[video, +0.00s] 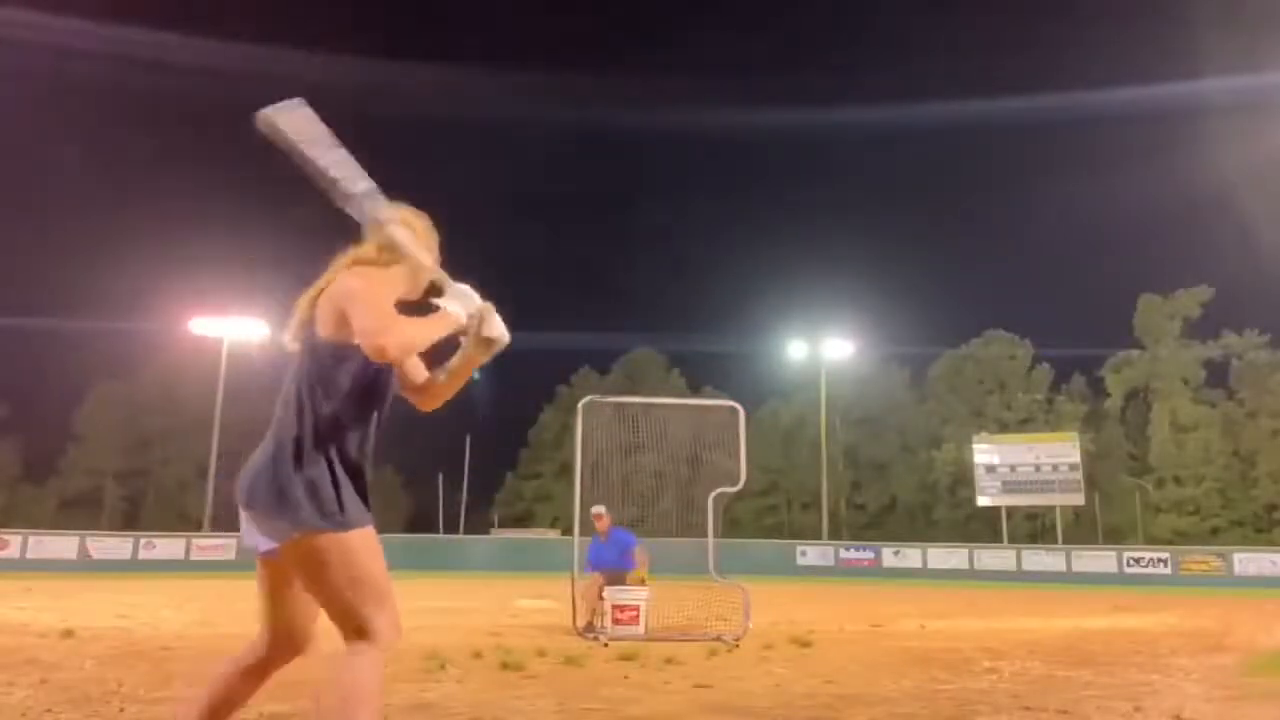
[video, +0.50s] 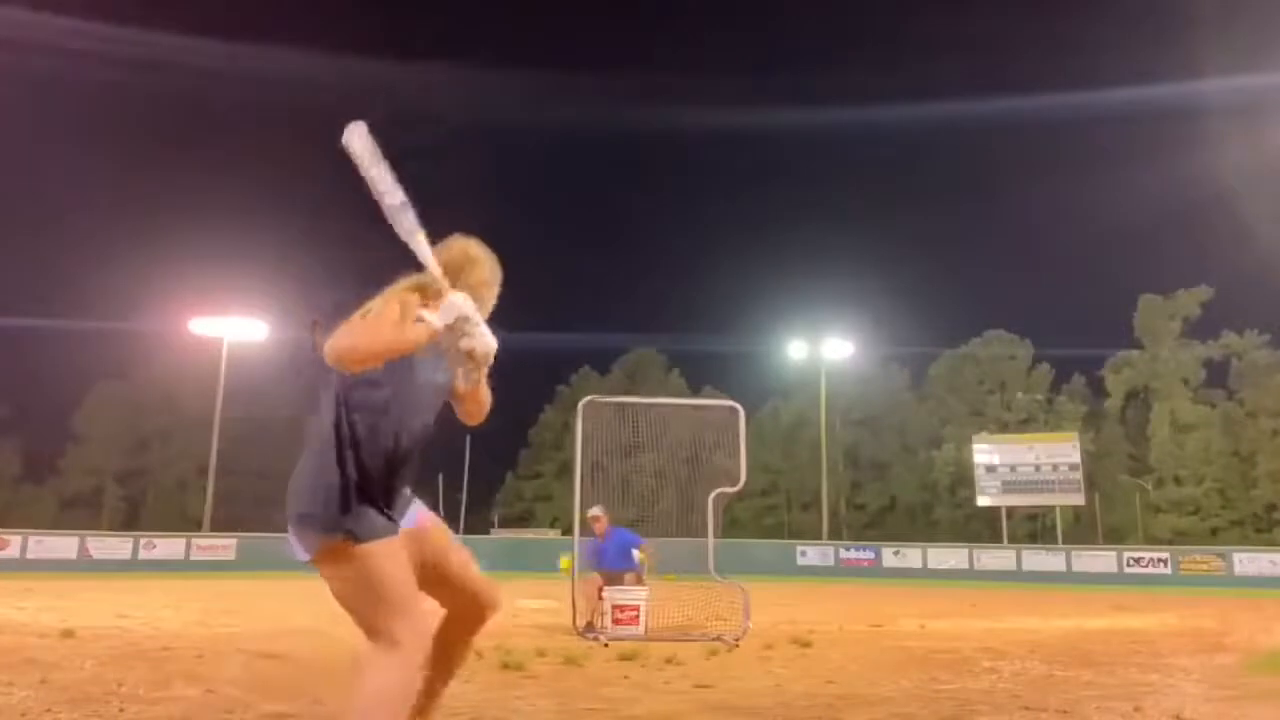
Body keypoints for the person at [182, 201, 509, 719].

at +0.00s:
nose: (430, 275)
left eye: (432, 266)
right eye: (430, 262)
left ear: (381, 247)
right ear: (414, 253)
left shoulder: (374, 309)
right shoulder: (360, 281)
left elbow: (427, 395)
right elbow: (382, 342)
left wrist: (478, 351)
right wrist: (452, 314)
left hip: (281, 480)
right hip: (307, 481)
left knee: (285, 637)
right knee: (374, 632)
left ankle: (199, 713)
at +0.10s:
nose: (449, 266)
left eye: (449, 255)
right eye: (447, 252)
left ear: (399, 246)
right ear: (431, 248)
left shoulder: (396, 316)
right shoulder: (373, 277)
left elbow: (429, 397)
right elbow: (384, 339)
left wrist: (482, 361)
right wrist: (463, 318)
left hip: (301, 479)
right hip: (314, 478)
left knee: (329, 638)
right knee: (386, 636)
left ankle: (237, 713)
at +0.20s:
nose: (454, 278)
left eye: (458, 270)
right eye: (455, 266)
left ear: (412, 256)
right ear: (438, 258)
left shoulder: (407, 321)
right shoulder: (376, 278)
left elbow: (431, 402)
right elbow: (377, 334)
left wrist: (477, 371)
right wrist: (463, 325)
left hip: (318, 482)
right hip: (309, 480)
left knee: (368, 634)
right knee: (390, 635)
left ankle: (272, 712)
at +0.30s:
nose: (472, 284)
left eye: (473, 273)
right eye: (471, 272)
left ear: (429, 263)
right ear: (457, 267)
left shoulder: (431, 330)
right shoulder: (387, 284)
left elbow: (441, 409)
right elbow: (361, 342)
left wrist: (474, 378)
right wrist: (456, 332)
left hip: (355, 487)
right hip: (311, 489)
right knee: (396, 634)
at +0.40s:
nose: (475, 301)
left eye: (478, 291)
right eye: (476, 288)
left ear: (439, 272)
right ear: (459, 280)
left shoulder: (440, 333)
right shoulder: (393, 293)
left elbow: (451, 412)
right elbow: (355, 349)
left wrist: (476, 377)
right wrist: (449, 336)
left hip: (372, 491)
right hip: (322, 495)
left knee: (453, 598)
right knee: (399, 635)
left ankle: (391, 693)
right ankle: (368, 711)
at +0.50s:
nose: (484, 312)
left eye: (487, 304)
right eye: (484, 301)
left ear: (445, 280)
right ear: (471, 292)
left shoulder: (456, 339)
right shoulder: (406, 302)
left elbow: (473, 414)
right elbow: (339, 349)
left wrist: (474, 368)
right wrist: (431, 327)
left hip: (390, 500)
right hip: (336, 505)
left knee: (477, 601)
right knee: (406, 631)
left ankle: (416, 711)